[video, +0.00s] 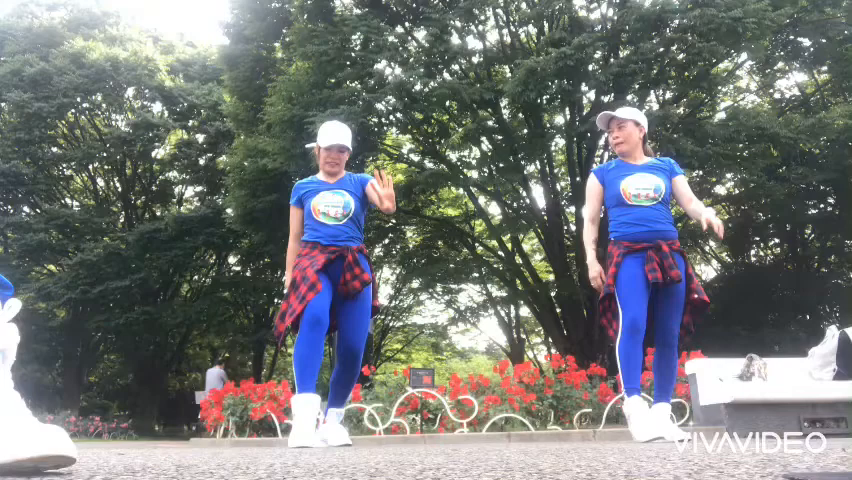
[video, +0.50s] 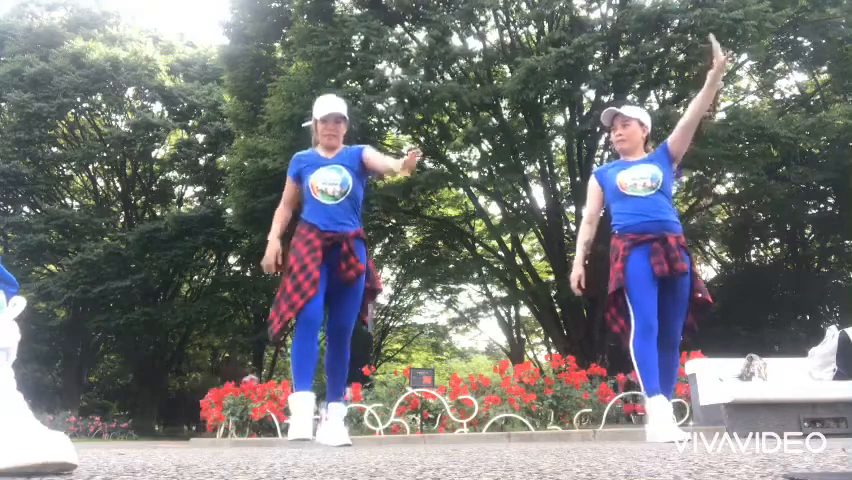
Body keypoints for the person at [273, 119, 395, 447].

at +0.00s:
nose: (333, 156)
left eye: (340, 150)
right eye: (328, 149)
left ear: (348, 154)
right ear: (317, 151)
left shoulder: (361, 182)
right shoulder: (303, 188)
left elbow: (385, 204)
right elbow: (294, 239)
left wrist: (387, 199)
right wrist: (290, 280)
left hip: (354, 264)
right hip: (314, 263)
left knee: (354, 345)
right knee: (315, 319)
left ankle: (333, 420)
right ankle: (303, 415)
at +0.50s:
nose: (332, 127)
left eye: (338, 121)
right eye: (325, 120)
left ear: (347, 126)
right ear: (313, 125)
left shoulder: (359, 154)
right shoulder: (301, 161)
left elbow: (386, 164)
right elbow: (287, 205)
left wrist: (403, 165)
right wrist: (273, 240)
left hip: (350, 249)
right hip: (310, 248)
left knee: (342, 330)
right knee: (309, 320)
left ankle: (334, 417)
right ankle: (301, 409)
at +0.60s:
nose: (331, 123)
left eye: (337, 117)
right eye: (324, 117)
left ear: (345, 121)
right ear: (313, 121)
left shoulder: (358, 151)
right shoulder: (300, 153)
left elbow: (386, 168)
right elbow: (274, 189)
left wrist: (407, 181)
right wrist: (262, 216)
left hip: (347, 246)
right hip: (308, 245)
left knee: (340, 328)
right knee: (304, 322)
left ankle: (337, 414)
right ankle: (299, 409)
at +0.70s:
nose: (329, 130)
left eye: (336, 123)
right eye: (323, 123)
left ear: (344, 127)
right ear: (311, 126)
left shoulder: (356, 158)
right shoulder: (296, 154)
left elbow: (385, 190)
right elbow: (261, 169)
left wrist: (413, 220)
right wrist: (250, 174)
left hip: (342, 250)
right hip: (302, 249)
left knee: (340, 328)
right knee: (302, 330)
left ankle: (335, 415)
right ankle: (296, 416)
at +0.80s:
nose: (325, 138)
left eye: (331, 132)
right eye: (319, 131)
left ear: (339, 135)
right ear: (307, 133)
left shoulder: (353, 170)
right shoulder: (294, 159)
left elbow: (376, 212)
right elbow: (258, 161)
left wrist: (393, 254)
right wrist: (252, 157)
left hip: (338, 253)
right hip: (298, 254)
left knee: (346, 316)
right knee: (298, 332)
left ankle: (341, 402)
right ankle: (296, 414)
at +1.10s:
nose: (328, 147)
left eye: (334, 141)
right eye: (322, 140)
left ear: (339, 146)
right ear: (307, 143)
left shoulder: (350, 183)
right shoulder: (287, 176)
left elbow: (353, 230)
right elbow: (300, 185)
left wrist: (347, 262)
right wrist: (304, 154)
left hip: (342, 254)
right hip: (302, 256)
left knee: (347, 313)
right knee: (298, 337)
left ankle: (353, 408)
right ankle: (295, 419)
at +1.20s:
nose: (330, 145)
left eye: (334, 139)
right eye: (322, 139)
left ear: (338, 144)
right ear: (304, 142)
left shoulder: (347, 183)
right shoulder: (286, 174)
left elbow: (353, 230)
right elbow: (295, 186)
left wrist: (354, 268)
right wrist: (306, 165)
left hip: (342, 254)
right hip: (301, 255)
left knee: (349, 313)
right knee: (296, 337)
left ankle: (353, 408)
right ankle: (296, 418)